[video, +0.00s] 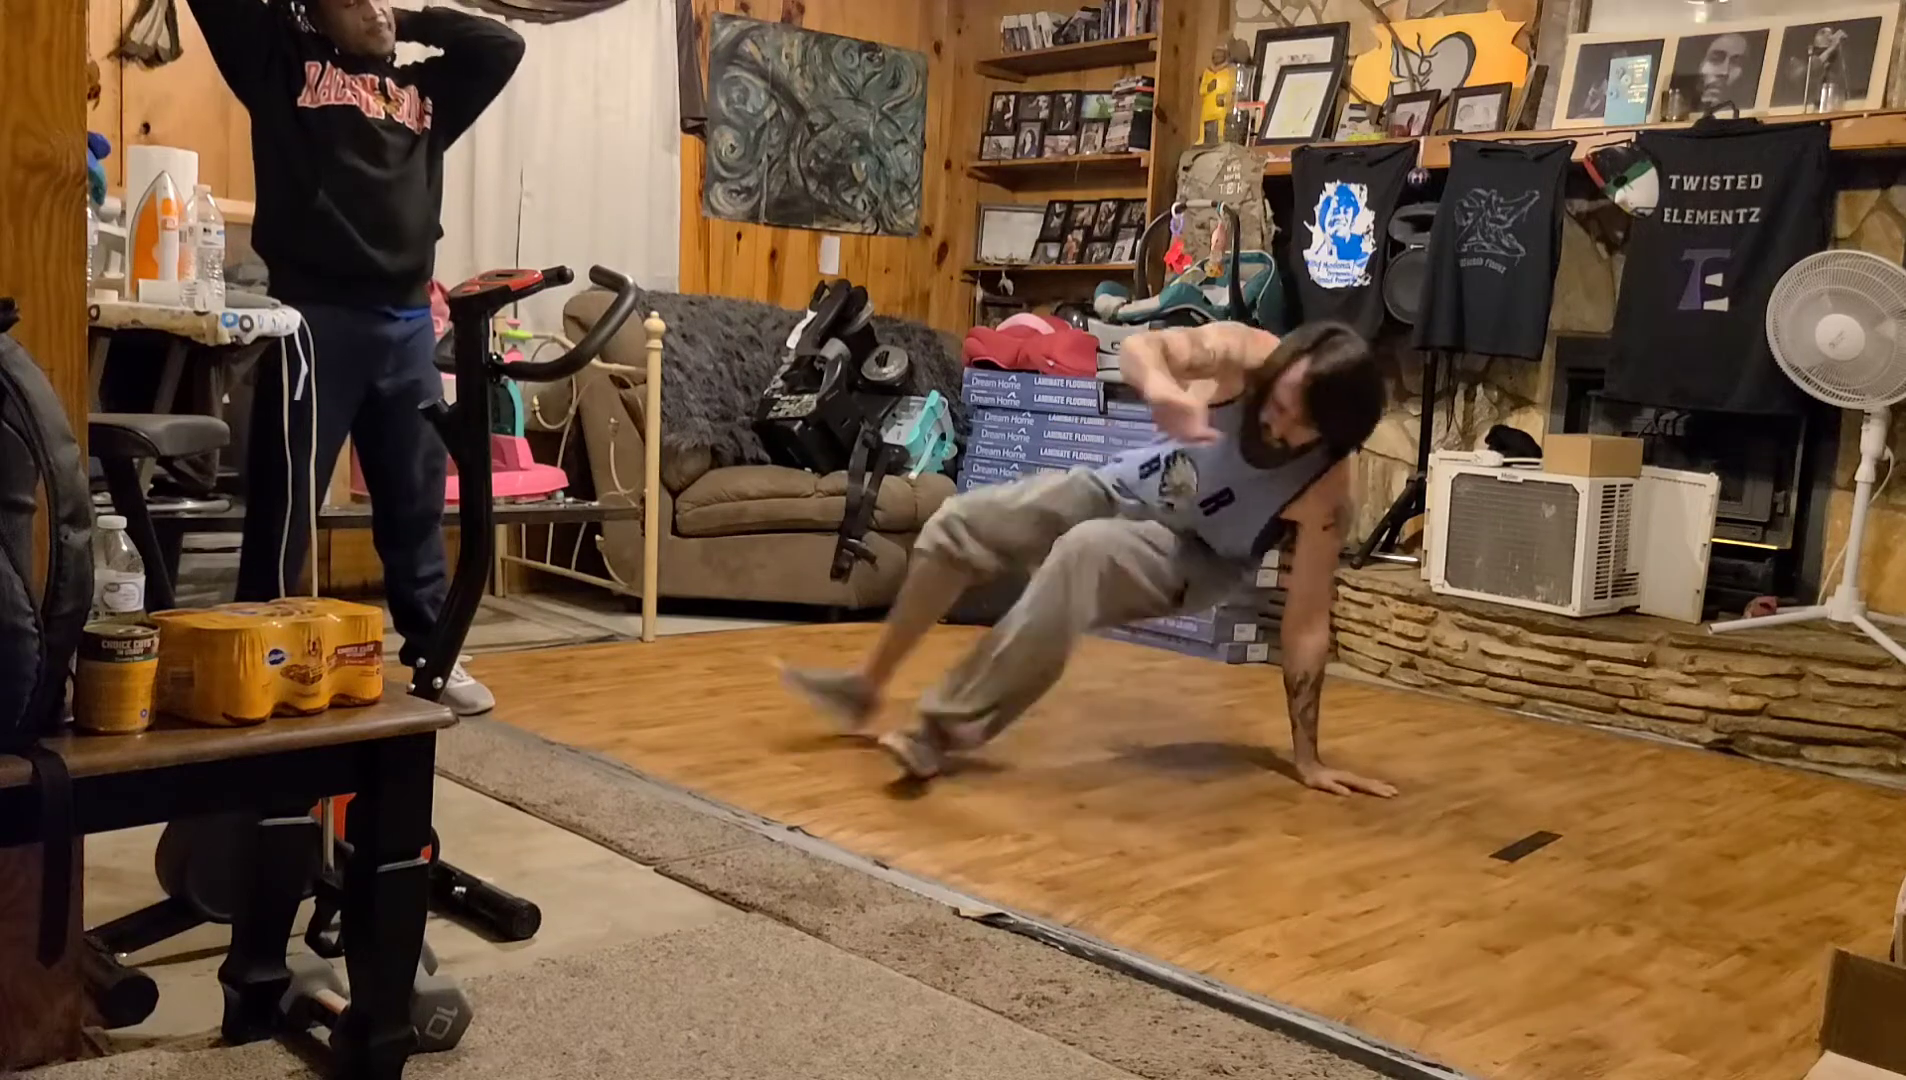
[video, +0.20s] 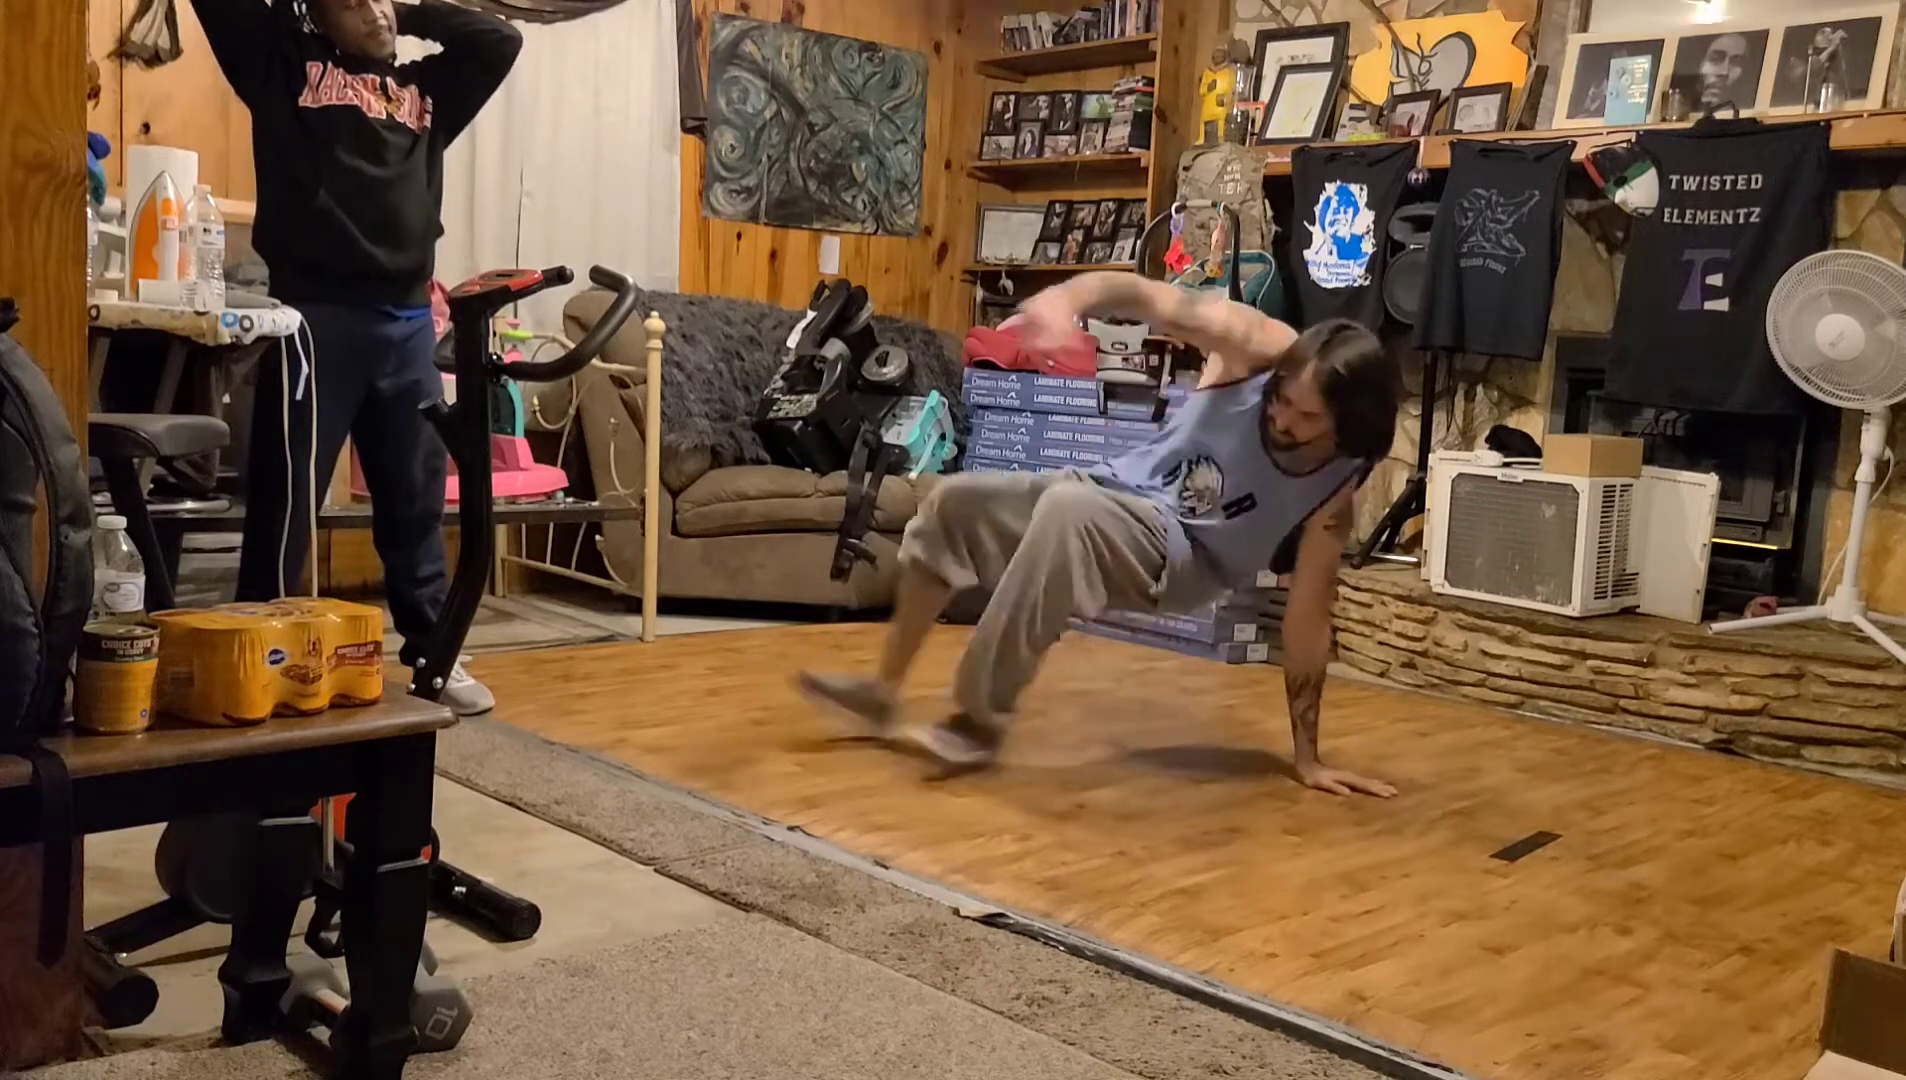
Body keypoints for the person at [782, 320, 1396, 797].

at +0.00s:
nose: (1277, 417)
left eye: (1298, 420)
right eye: (1280, 397)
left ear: (1329, 430)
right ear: (1282, 361)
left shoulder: (1323, 486)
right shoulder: (1248, 350)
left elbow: (1309, 624)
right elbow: (1141, 347)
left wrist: (1309, 760)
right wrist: (1170, 392)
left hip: (1196, 555)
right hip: (1138, 488)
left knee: (1085, 553)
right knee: (966, 522)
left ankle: (940, 737)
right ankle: (866, 690)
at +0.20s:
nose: (1284, 420)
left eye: (1308, 420)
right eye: (1286, 398)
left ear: (1349, 426)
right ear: (1291, 365)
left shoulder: (1330, 500)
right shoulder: (1252, 341)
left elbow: (1309, 624)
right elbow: (1139, 293)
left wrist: (1310, 755)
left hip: (1189, 561)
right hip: (1130, 503)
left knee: (1070, 505)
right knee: (954, 500)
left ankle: (977, 725)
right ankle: (885, 686)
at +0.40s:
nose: (1160, 421)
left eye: (1180, 411)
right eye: (1153, 401)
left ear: (1228, 417)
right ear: (1147, 385)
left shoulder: (1260, 490)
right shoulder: (1107, 402)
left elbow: (1281, 632)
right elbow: (1032, 490)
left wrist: (1317, 757)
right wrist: (942, 589)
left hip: (1202, 610)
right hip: (1109, 576)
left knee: (1083, 566)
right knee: (992, 544)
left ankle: (1149, 734)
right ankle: (1086, 717)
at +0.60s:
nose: (1034, 393)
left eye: (1045, 373)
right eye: (1017, 381)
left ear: (1077, 355)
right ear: (1008, 386)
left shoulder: (1140, 368)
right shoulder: (1029, 455)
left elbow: (1238, 371)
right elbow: (1055, 598)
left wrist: (1257, 383)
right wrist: (1055, 717)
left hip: (1211, 592)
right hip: (1112, 601)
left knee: (1122, 550)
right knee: (1016, 510)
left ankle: (1170, 727)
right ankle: (1101, 723)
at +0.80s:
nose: (1022, 379)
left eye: (1031, 358)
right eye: (1005, 369)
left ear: (1057, 342)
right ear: (992, 374)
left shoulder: (1110, 339)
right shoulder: (1025, 456)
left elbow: (1200, 293)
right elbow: (1050, 585)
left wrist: (1272, 229)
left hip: (1224, 549)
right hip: (1126, 570)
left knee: (1142, 511)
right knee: (1025, 514)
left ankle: (1168, 775)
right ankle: (1051, 758)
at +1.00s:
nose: (1077, 390)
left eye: (1093, 373)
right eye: (1062, 375)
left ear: (1127, 369)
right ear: (1046, 378)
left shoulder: (1190, 425)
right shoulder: (1039, 451)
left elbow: (1264, 539)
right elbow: (1036, 569)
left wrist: (1339, 638)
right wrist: (1037, 688)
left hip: (1191, 616)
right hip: (1088, 611)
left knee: (1107, 569)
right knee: (1001, 566)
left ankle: (1129, 730)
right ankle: (1076, 723)